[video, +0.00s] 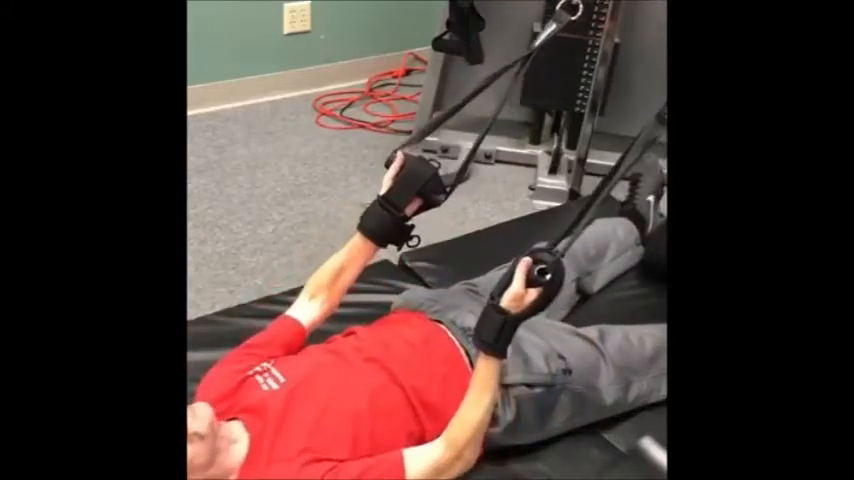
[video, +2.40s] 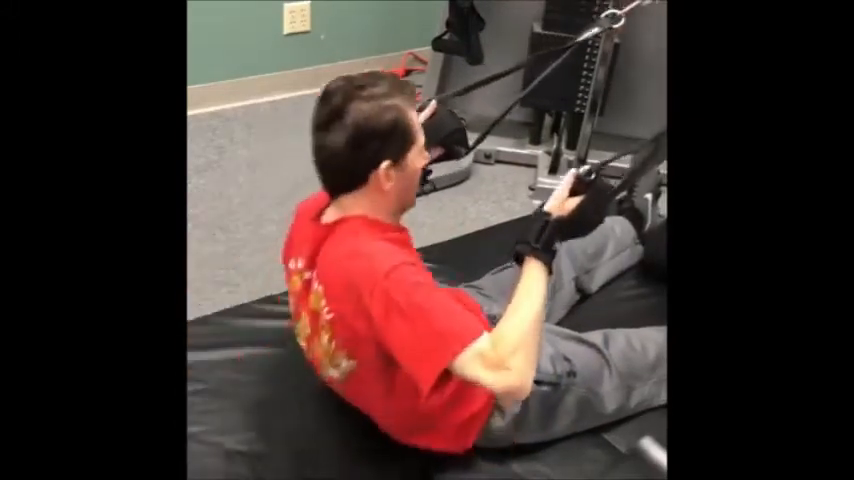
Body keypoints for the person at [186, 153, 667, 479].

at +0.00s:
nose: (198, 417)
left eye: (183, 415)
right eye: (187, 438)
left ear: (186, 409)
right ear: (194, 474)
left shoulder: (222, 381)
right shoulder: (289, 475)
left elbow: (315, 300)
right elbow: (449, 457)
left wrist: (386, 214)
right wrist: (500, 329)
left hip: (426, 312)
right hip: (488, 385)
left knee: (552, 270)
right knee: (646, 352)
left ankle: (635, 221)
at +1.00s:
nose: (222, 353)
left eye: (204, 354)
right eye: (206, 375)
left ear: (211, 346)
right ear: (204, 438)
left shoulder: (242, 350)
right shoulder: (292, 467)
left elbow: (310, 276)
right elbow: (463, 454)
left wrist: (378, 194)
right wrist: (496, 312)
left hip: (430, 311)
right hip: (488, 380)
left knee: (548, 265)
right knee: (638, 356)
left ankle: (634, 223)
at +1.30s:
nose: (260, 299)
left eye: (243, 294)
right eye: (244, 313)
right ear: (231, 376)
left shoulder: (259, 317)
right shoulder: (301, 441)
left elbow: (315, 253)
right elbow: (477, 449)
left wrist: (381, 186)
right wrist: (511, 312)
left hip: (443, 308)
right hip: (497, 378)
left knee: (608, 231)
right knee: (655, 352)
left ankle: (640, 225)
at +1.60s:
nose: (309, 243)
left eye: (294, 236)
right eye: (292, 250)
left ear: (269, 303)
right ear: (268, 304)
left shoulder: (278, 303)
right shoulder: (329, 401)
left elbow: (317, 239)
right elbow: (487, 437)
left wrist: (382, 178)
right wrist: (520, 306)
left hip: (455, 309)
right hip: (503, 378)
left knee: (593, 239)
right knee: (653, 352)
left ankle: (638, 217)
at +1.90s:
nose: (352, 202)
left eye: (342, 195)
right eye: (340, 203)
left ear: (299, 245)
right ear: (308, 246)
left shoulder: (271, 278)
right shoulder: (348, 356)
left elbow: (324, 230)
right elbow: (494, 420)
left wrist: (384, 172)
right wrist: (527, 284)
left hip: (451, 305)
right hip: (504, 375)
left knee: (558, 256)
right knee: (659, 350)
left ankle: (638, 222)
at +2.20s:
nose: (400, 173)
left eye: (392, 159)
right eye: (388, 167)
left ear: (338, 195)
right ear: (354, 200)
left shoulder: (296, 233)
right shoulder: (371, 305)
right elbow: (501, 390)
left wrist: (402, 148)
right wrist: (535, 255)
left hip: (450, 306)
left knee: (555, 265)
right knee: (656, 353)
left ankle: (635, 220)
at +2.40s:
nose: (426, 160)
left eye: (424, 145)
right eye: (419, 150)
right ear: (385, 174)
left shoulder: (312, 216)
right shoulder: (386, 276)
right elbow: (508, 375)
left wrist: (403, 136)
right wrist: (543, 241)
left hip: (443, 319)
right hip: (481, 399)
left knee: (561, 252)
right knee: (657, 354)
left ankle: (636, 220)